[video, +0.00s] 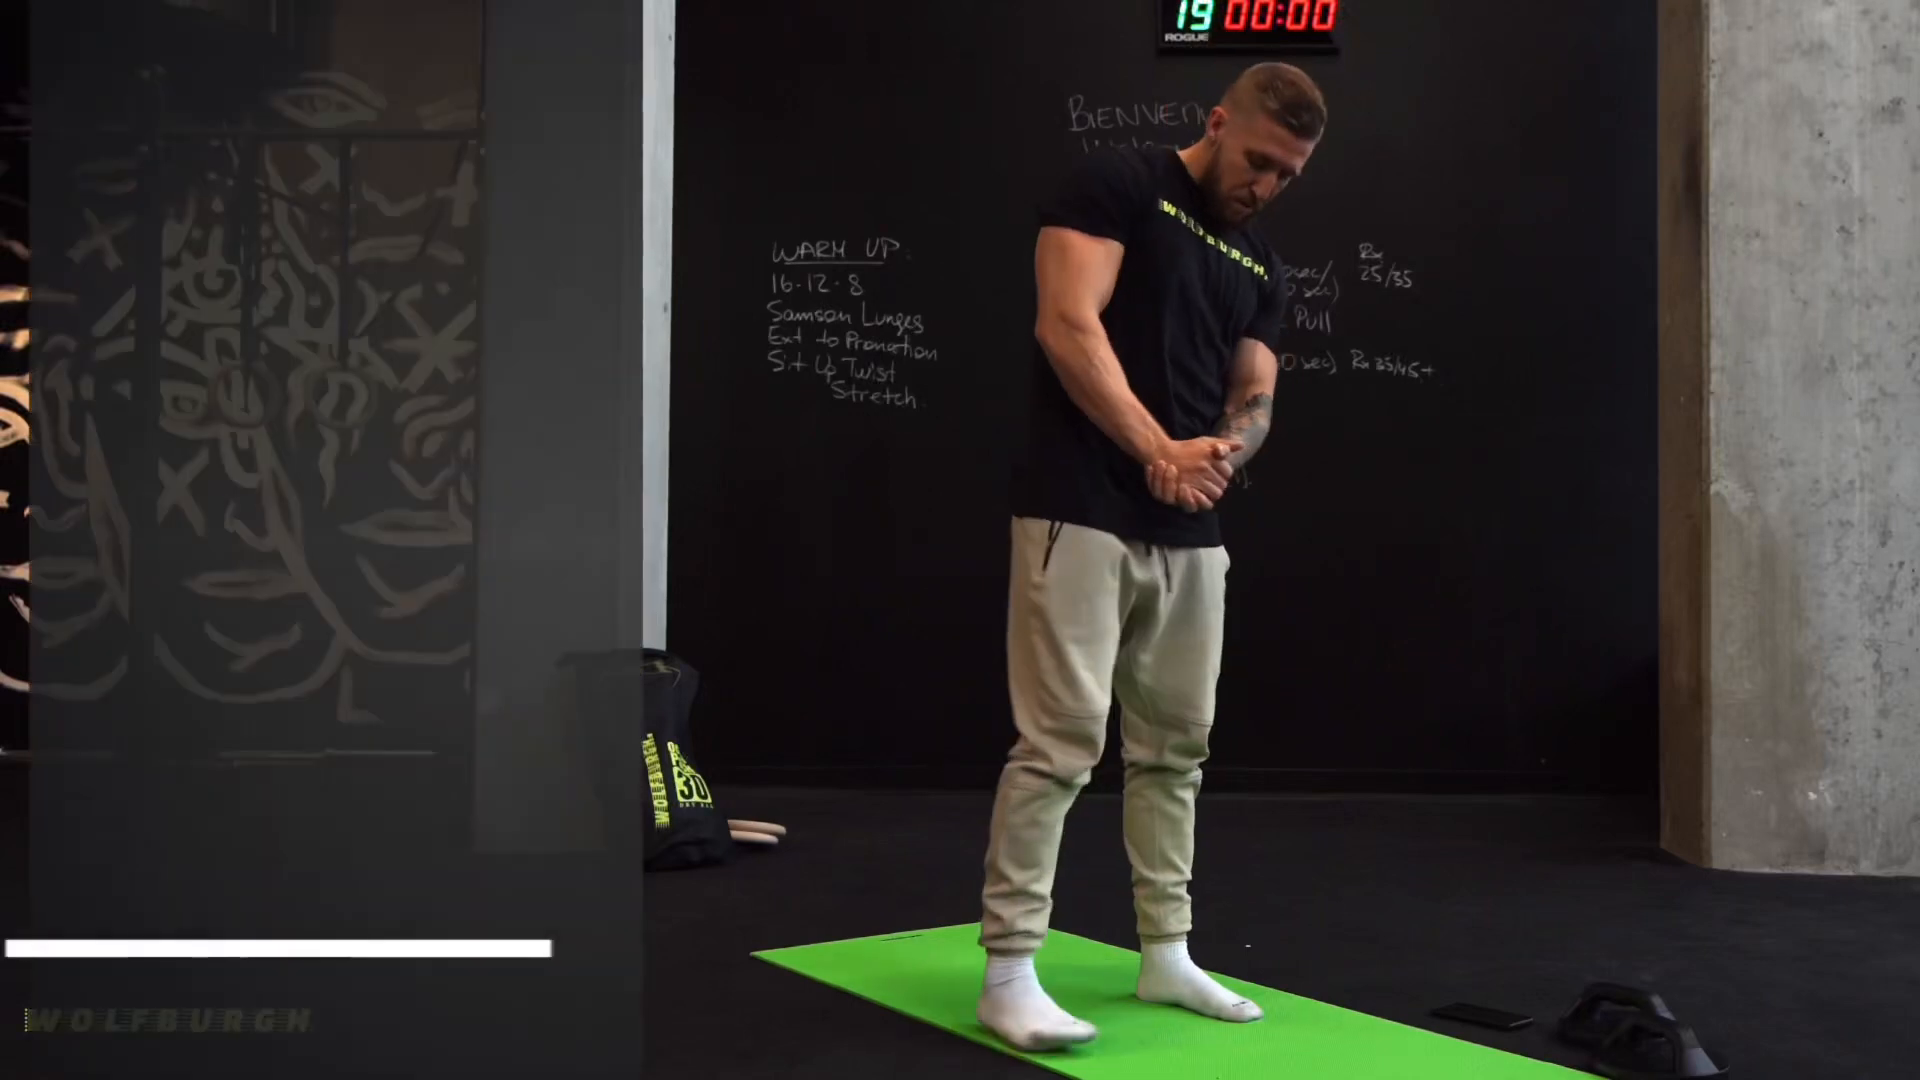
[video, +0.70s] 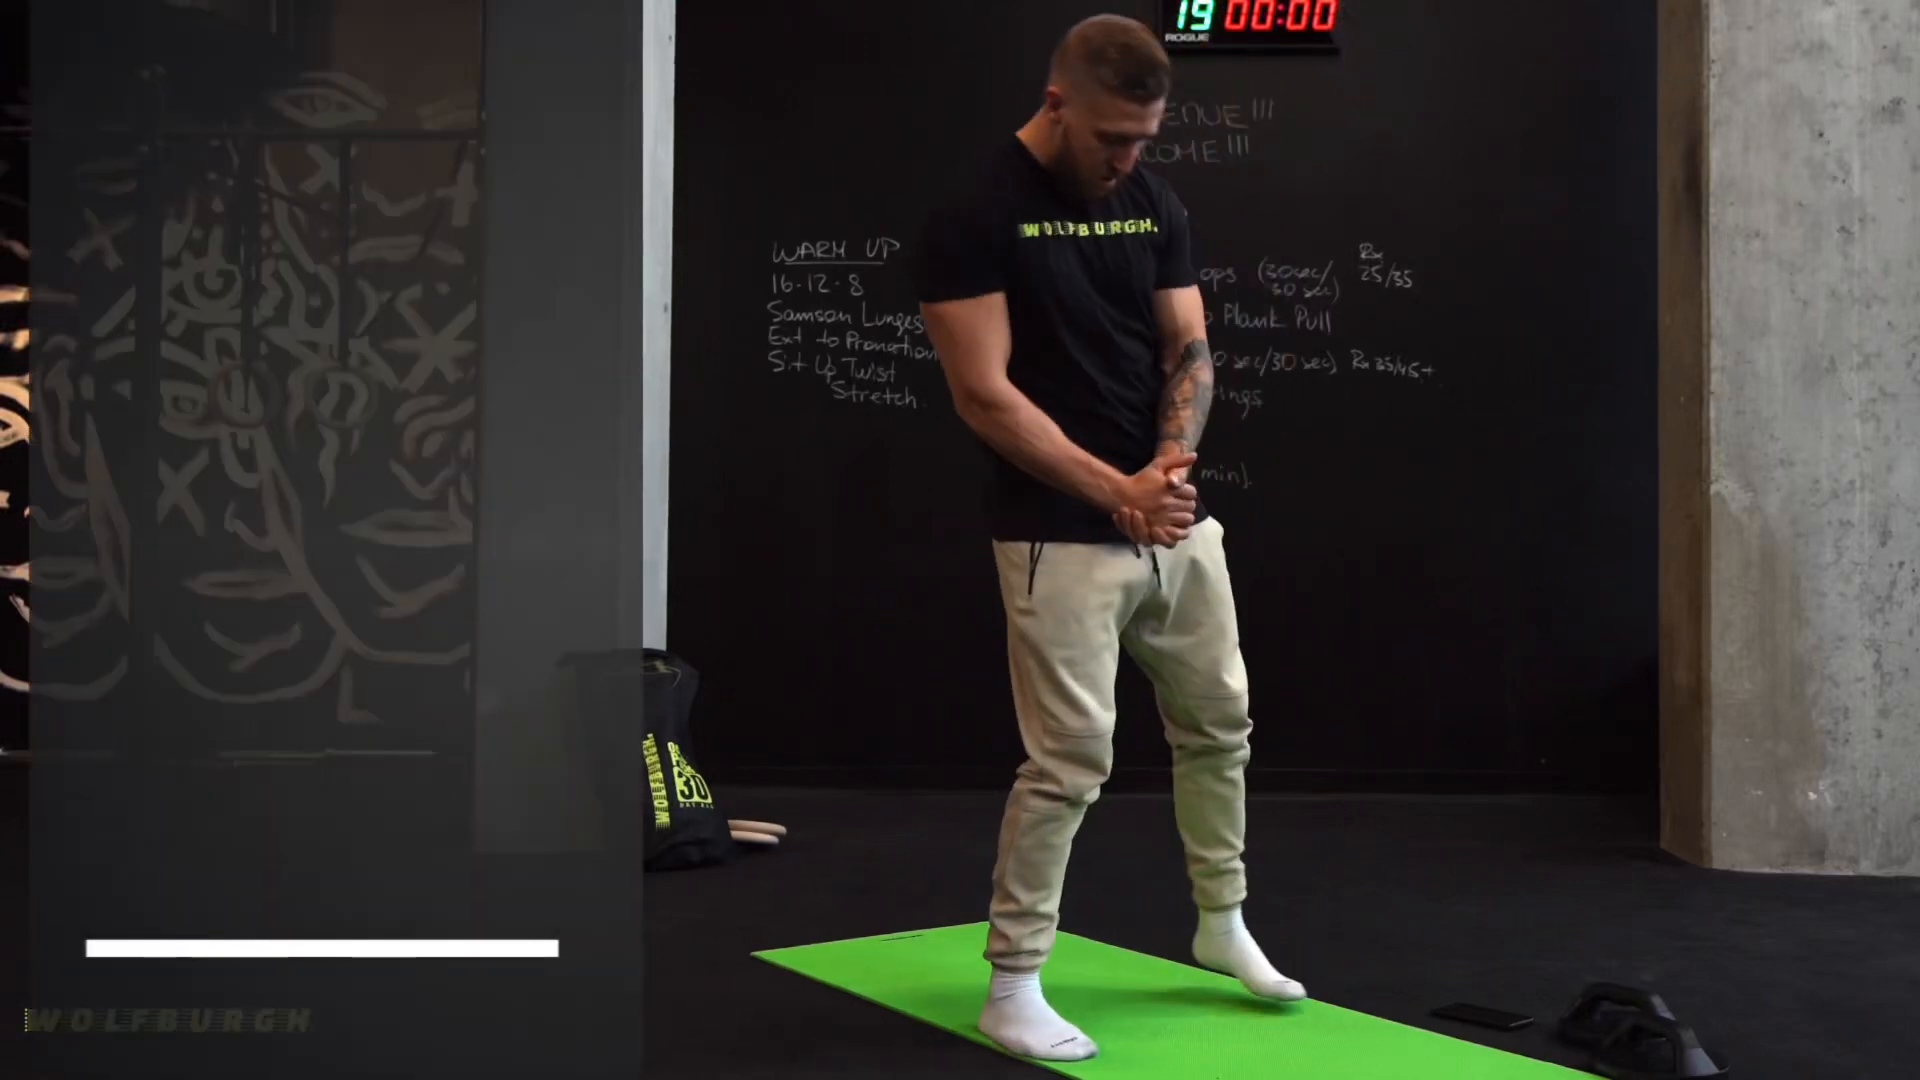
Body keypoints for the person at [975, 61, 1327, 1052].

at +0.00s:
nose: (1267, 187)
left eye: (1287, 174)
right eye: (1257, 162)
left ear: (1301, 167)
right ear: (1213, 123)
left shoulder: (1256, 268)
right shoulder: (1109, 188)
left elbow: (1254, 399)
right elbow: (1066, 327)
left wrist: (1227, 452)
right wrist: (1157, 449)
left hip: (1186, 531)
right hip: (1077, 517)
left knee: (1174, 746)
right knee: (1059, 744)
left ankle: (1165, 957)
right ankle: (1010, 974)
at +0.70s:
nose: (1129, 160)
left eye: (1144, 141)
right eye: (1112, 139)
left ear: (1159, 120)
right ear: (1054, 108)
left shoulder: (1154, 202)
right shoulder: (976, 213)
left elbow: (1190, 353)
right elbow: (980, 393)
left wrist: (1169, 467)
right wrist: (1115, 491)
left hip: (1172, 521)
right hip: (1059, 536)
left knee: (1217, 727)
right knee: (1071, 755)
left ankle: (1221, 930)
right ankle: (1013, 986)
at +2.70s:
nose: (1220, 86)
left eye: (1224, 71)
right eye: (1196, 70)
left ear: (1225, 94)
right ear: (1139, 92)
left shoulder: (1239, 225)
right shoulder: (1084, 204)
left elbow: (1291, 343)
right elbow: (1105, 340)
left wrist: (1297, 402)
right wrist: (1246, 407)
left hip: (1221, 536)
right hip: (1106, 531)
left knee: (1243, 746)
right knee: (1079, 754)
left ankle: (1237, 955)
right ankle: (1034, 981)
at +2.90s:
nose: (1214, 167)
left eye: (1220, 151)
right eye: (1189, 151)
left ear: (1227, 169)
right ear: (1135, 172)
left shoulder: (1238, 293)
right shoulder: (1086, 277)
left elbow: (1324, 368)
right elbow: (1148, 364)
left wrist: (1387, 366)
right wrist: (1314, 364)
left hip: (1180, 578)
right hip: (1066, 577)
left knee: (1286, 744)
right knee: (1088, 756)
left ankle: (1241, 955)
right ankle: (1036, 982)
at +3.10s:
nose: (1224, 319)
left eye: (1230, 303)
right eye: (1201, 303)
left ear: (1240, 320)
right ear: (1144, 325)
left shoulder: (1240, 426)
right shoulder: (1103, 413)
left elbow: (1368, 462)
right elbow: (1174, 454)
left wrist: (1403, 406)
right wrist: (1346, 386)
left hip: (1167, 667)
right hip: (1050, 668)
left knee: (1309, 750)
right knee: (1090, 760)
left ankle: (1243, 959)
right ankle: (1038, 988)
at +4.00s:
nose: (1212, 170)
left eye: (1217, 155)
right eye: (1188, 155)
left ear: (1224, 174)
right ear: (1132, 174)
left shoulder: (1239, 294)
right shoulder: (1087, 287)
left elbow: (1315, 407)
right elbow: (1113, 425)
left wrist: (1353, 485)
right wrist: (1257, 506)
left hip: (1207, 585)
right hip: (1087, 584)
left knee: (1297, 751)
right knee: (1114, 758)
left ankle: (1242, 959)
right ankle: (1043, 984)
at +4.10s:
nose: (1206, 113)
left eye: (1211, 98)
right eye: (1181, 99)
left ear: (1220, 119)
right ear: (1127, 122)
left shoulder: (1236, 250)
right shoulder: (1082, 234)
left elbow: (1296, 384)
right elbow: (1072, 391)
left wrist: (1324, 493)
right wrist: (1174, 515)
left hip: (1210, 555)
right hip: (1093, 554)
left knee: (1278, 746)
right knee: (1107, 754)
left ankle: (1242, 958)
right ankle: (1041, 982)